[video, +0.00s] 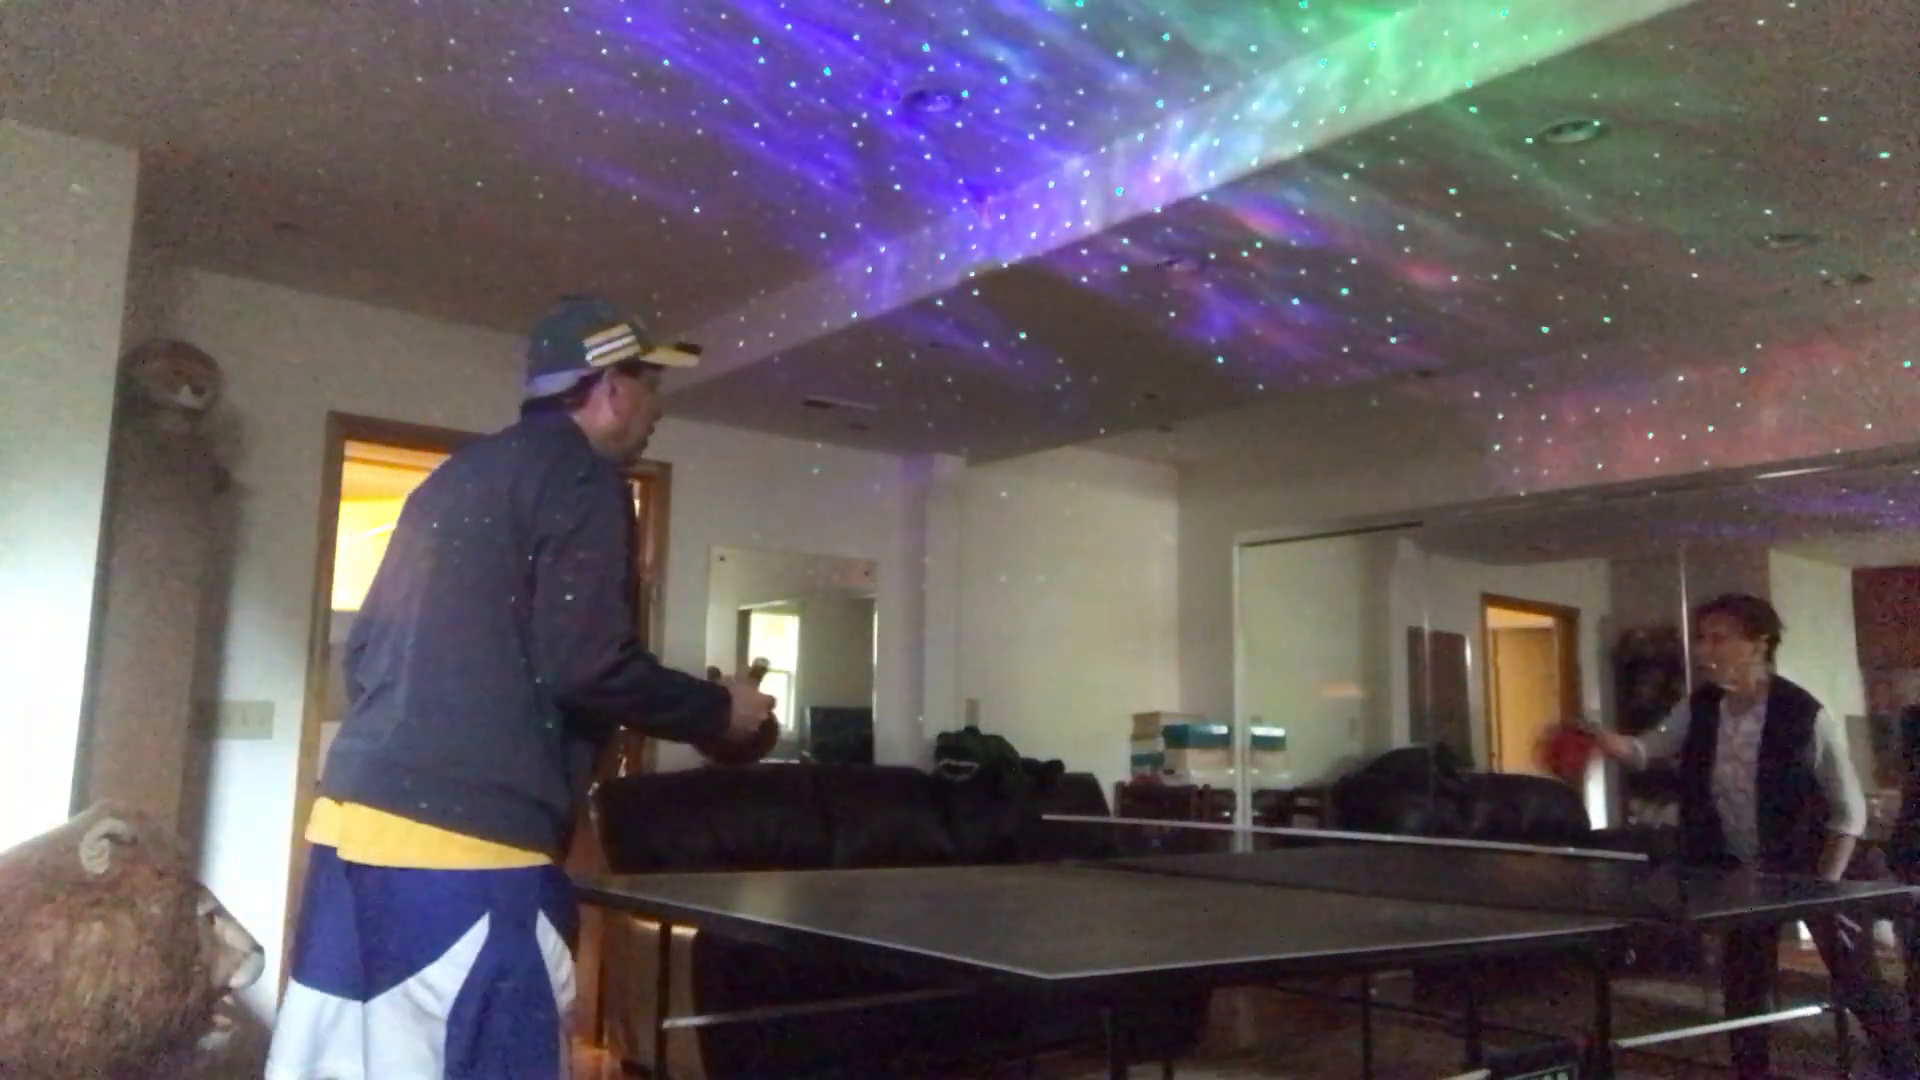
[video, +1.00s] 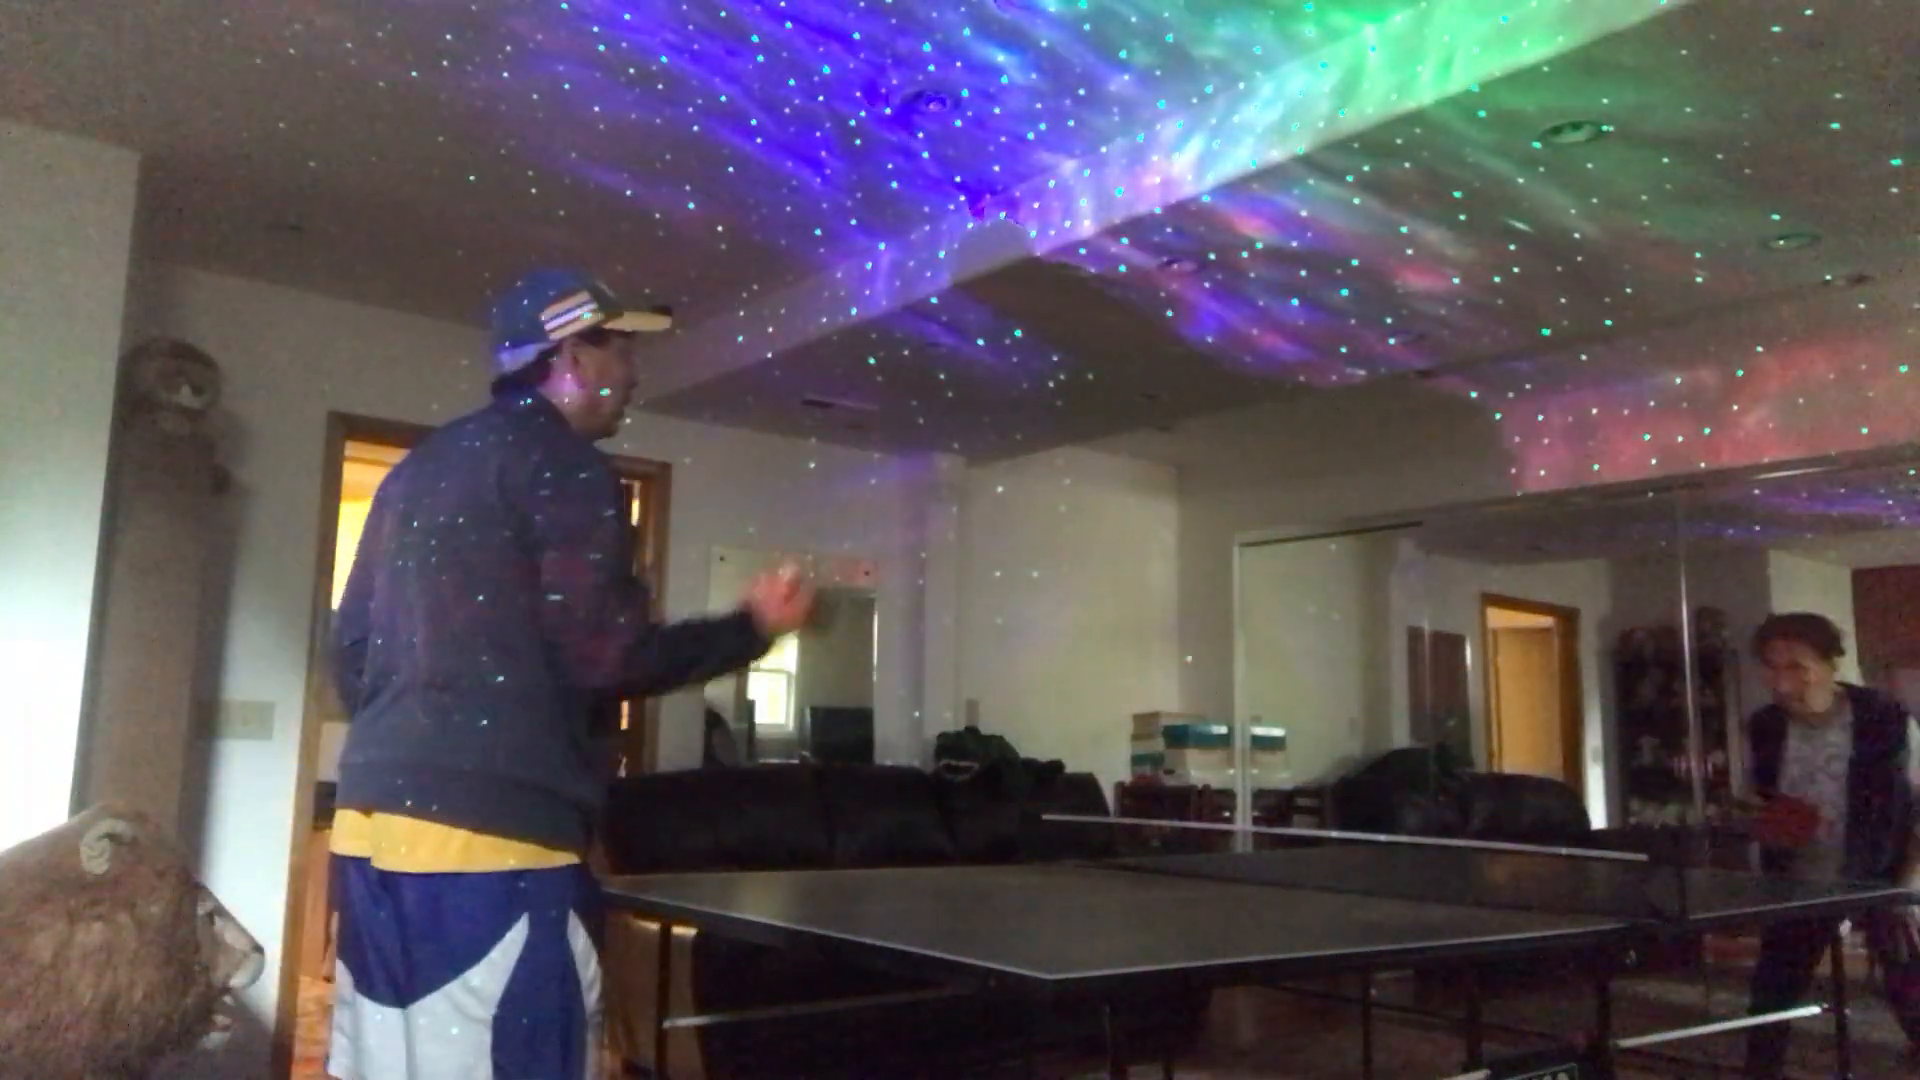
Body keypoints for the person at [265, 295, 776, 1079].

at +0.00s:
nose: (656, 407)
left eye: (654, 387)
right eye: (650, 385)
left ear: (551, 386)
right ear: (608, 389)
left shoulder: (453, 472)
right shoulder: (586, 478)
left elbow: (364, 648)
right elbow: (584, 663)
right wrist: (716, 707)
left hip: (352, 830)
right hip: (472, 844)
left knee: (338, 1060)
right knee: (496, 1064)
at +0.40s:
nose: (692, 476)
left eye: (696, 455)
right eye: (693, 453)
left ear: (587, 428)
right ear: (660, 444)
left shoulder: (457, 478)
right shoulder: (644, 538)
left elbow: (326, 618)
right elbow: (629, 735)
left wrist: (327, 773)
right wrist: (726, 778)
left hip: (323, 823)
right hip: (472, 849)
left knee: (297, 1063)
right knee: (507, 1063)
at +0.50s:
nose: (687, 437)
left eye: (690, 416)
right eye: (682, 413)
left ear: (577, 400)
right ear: (642, 410)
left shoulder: (450, 458)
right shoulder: (641, 502)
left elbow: (312, 562)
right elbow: (653, 693)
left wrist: (256, 730)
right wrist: (773, 696)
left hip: (340, 804)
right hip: (488, 830)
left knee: (292, 1051)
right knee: (492, 1059)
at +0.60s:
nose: (671, 403)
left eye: (672, 384)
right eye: (666, 383)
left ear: (562, 377)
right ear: (627, 383)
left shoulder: (440, 450)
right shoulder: (637, 490)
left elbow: (290, 548)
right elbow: (718, 656)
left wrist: (220, 709)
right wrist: (825, 595)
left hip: (355, 811)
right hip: (501, 836)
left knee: (308, 1043)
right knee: (510, 1057)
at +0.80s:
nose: (654, 380)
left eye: (649, 358)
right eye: (643, 357)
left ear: (545, 368)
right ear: (597, 366)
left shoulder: (429, 459)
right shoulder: (615, 480)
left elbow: (323, 613)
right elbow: (732, 616)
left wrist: (286, 787)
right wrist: (825, 505)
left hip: (368, 831)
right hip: (504, 847)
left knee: (368, 1066)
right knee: (516, 1064)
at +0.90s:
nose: (641, 373)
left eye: (638, 352)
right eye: (628, 350)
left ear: (535, 362)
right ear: (582, 361)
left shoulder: (418, 465)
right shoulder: (590, 471)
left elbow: (339, 634)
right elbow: (680, 641)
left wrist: (361, 781)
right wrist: (797, 552)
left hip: (368, 826)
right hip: (504, 839)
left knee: (376, 1066)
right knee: (522, 1063)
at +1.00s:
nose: (633, 374)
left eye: (631, 352)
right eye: (620, 350)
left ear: (537, 362)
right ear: (567, 358)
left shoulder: (414, 465)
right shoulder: (565, 462)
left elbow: (354, 649)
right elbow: (606, 653)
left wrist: (419, 746)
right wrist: (752, 626)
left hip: (370, 828)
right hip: (497, 842)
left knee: (374, 1067)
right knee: (521, 1063)